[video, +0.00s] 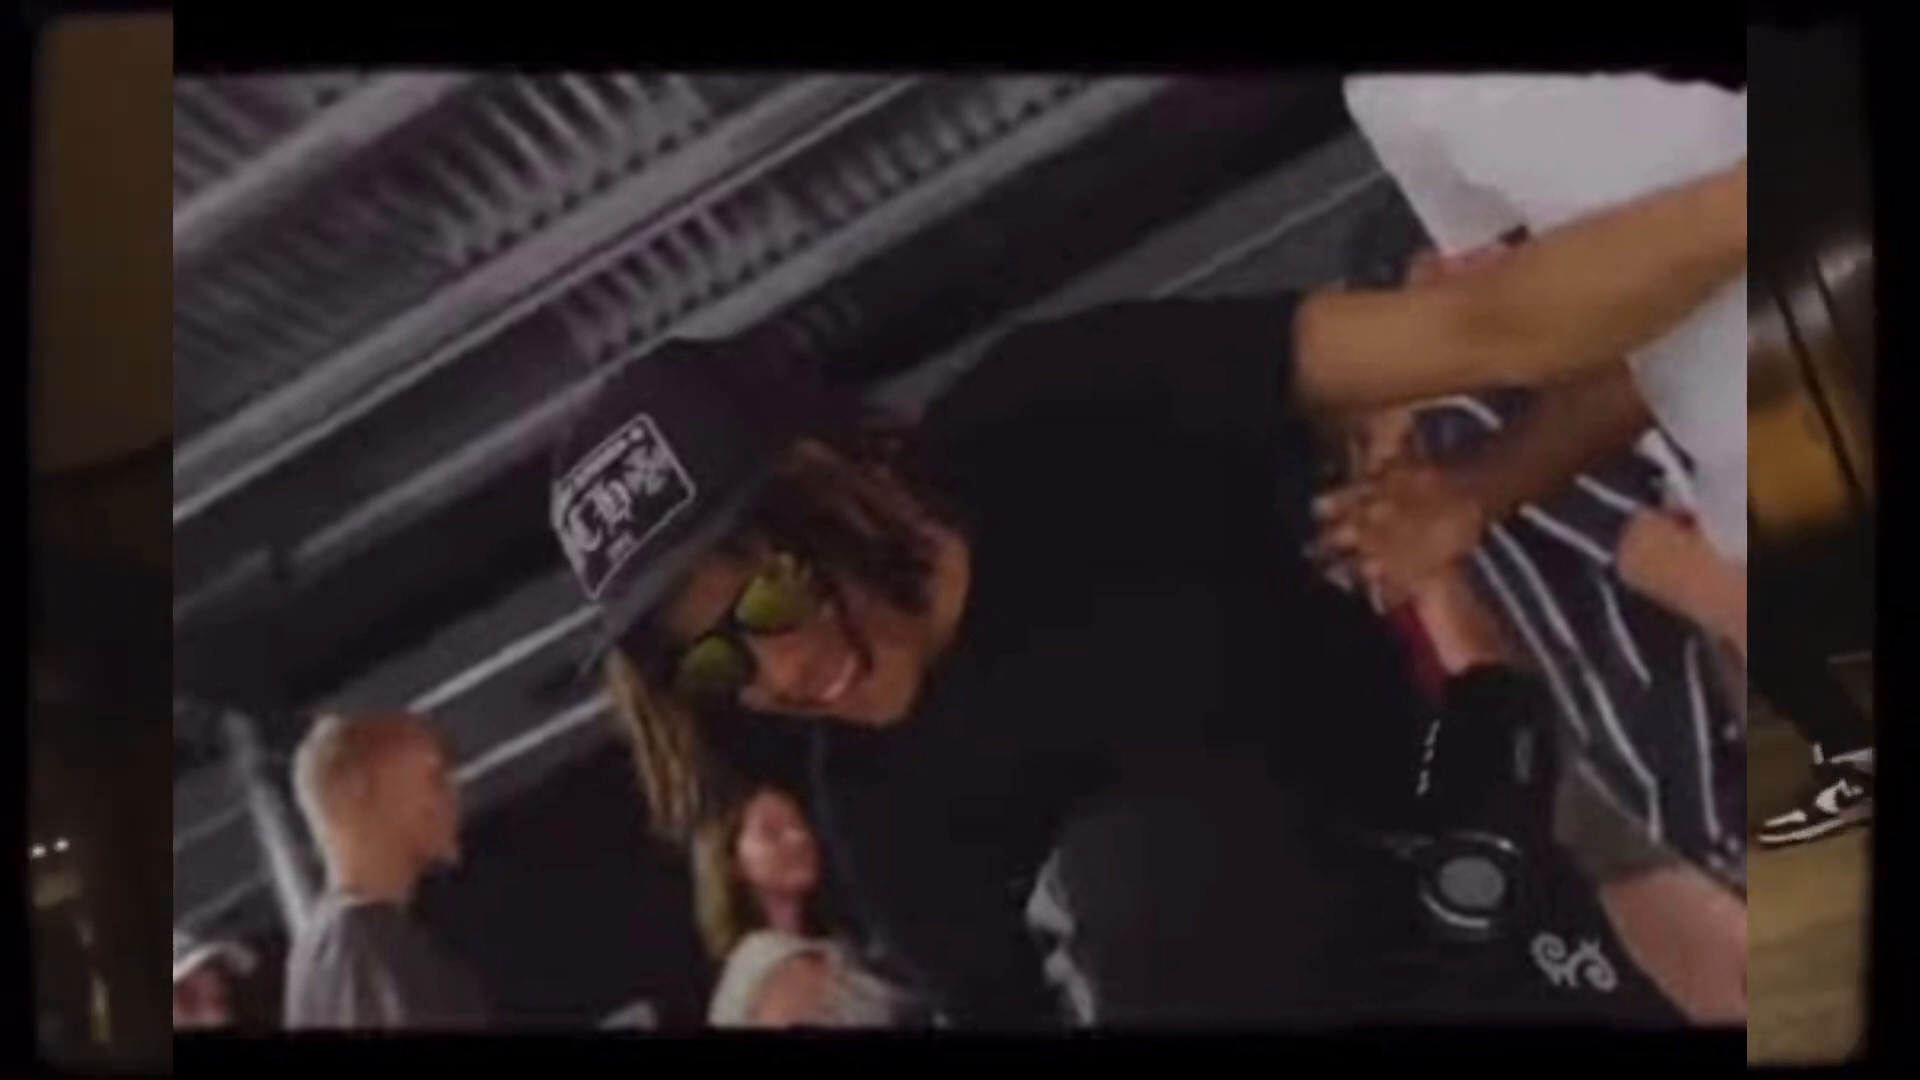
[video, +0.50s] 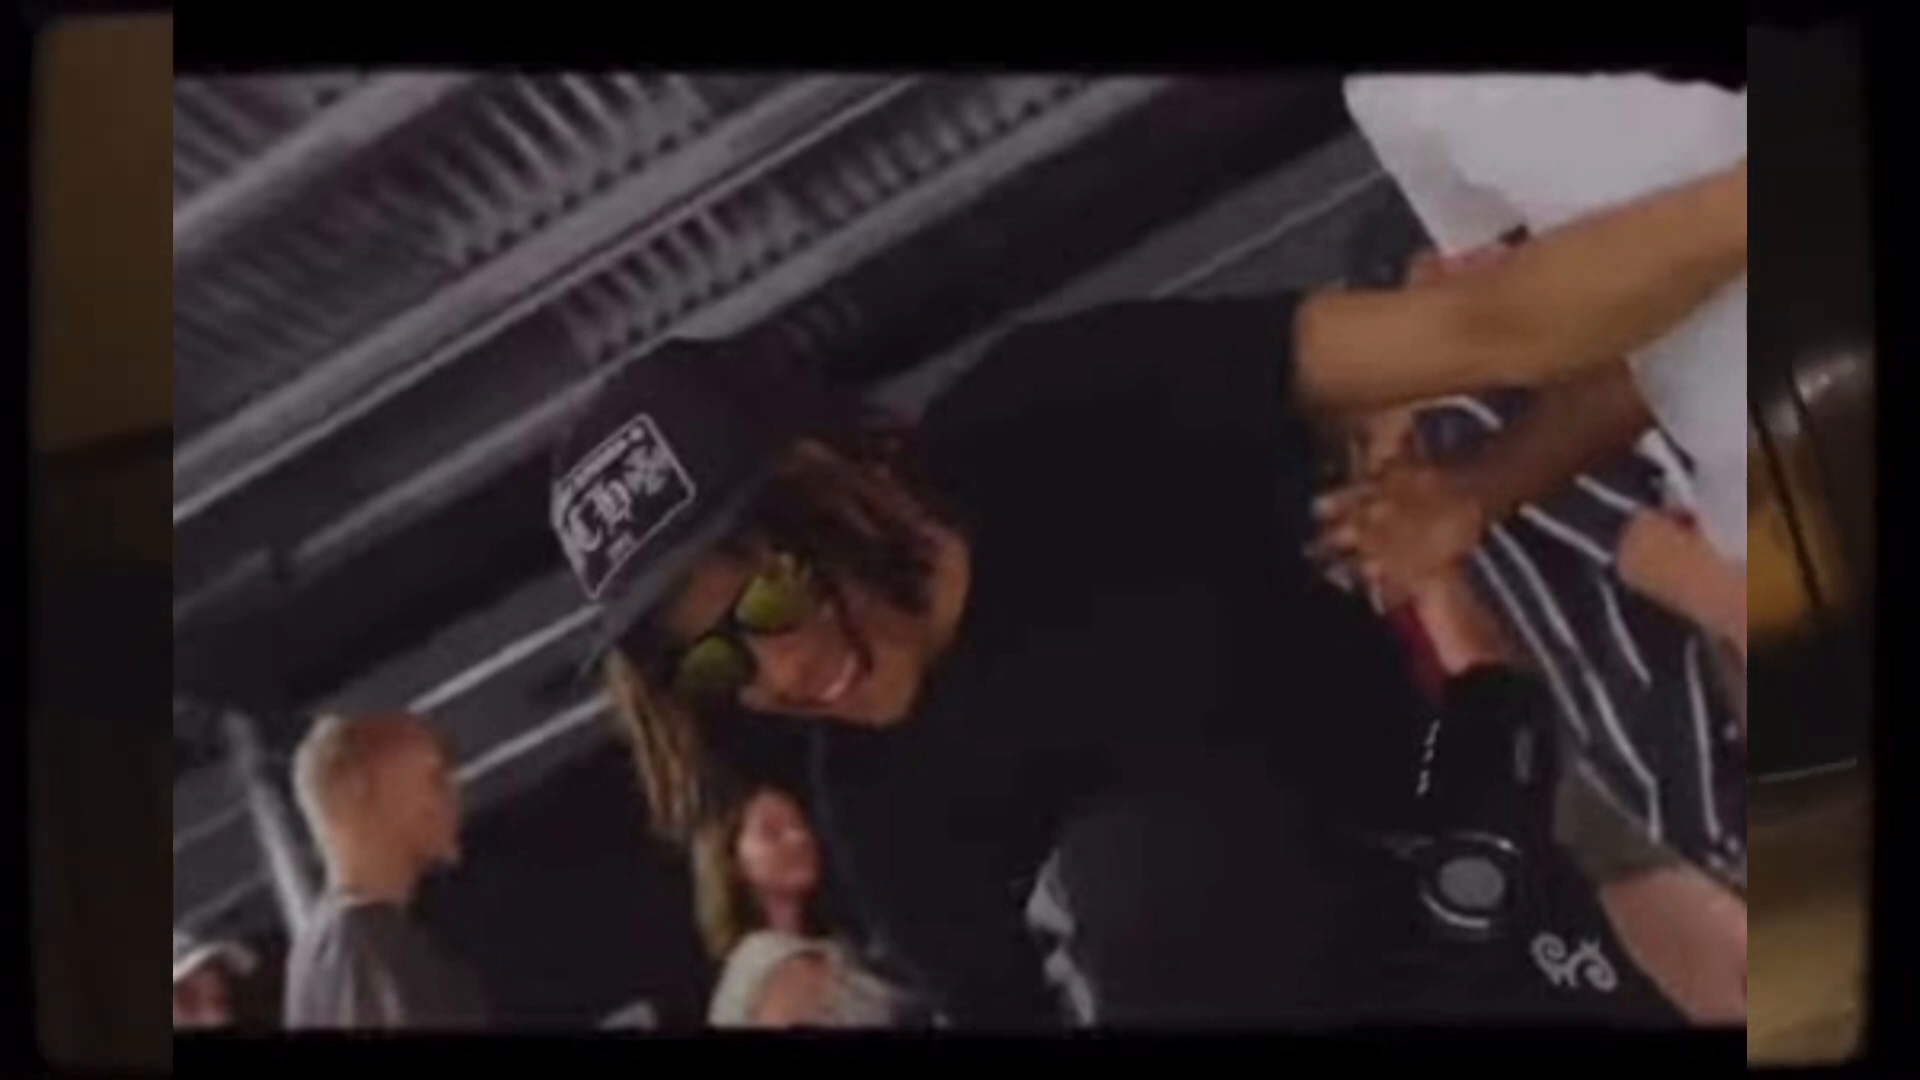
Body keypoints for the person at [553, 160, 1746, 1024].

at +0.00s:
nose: (766, 660)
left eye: (759, 585)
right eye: (707, 656)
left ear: (833, 478)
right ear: (685, 685)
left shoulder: (1053, 402)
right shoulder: (886, 843)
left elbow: (1473, 327)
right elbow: (1028, 1024)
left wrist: (1769, 197)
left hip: (1475, 852)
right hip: (1237, 975)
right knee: (1135, 865)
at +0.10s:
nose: (766, 660)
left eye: (759, 585)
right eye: (707, 656)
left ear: (833, 478)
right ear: (685, 685)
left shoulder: (1053, 403)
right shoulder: (886, 842)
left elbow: (1474, 327)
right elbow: (1027, 1024)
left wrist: (1770, 196)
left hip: (1473, 855)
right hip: (1233, 975)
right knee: (1133, 868)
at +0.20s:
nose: (766, 660)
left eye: (759, 585)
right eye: (707, 656)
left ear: (834, 477)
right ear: (685, 685)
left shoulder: (1052, 403)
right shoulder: (886, 842)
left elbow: (1471, 328)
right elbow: (1027, 1024)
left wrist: (1768, 196)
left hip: (1472, 848)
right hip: (1233, 972)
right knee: (1135, 864)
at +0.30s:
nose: (766, 660)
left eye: (760, 585)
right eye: (707, 656)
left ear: (834, 478)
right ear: (684, 685)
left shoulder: (1053, 403)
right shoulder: (887, 844)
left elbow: (1471, 328)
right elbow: (1029, 1025)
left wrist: (1767, 197)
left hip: (1473, 852)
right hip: (1236, 976)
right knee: (1134, 868)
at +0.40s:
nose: (766, 661)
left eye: (759, 585)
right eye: (707, 657)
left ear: (833, 478)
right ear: (685, 687)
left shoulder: (1053, 403)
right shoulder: (886, 843)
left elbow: (1473, 328)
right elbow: (1028, 1025)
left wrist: (1768, 196)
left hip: (1476, 857)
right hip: (1237, 978)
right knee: (1134, 867)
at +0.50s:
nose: (766, 660)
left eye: (759, 585)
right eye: (707, 657)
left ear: (833, 477)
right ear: (684, 686)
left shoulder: (1052, 403)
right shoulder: (885, 842)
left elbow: (1472, 327)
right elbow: (1025, 1025)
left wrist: (1763, 198)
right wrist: (838, 1000)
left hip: (1475, 858)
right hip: (1230, 976)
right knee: (1136, 864)